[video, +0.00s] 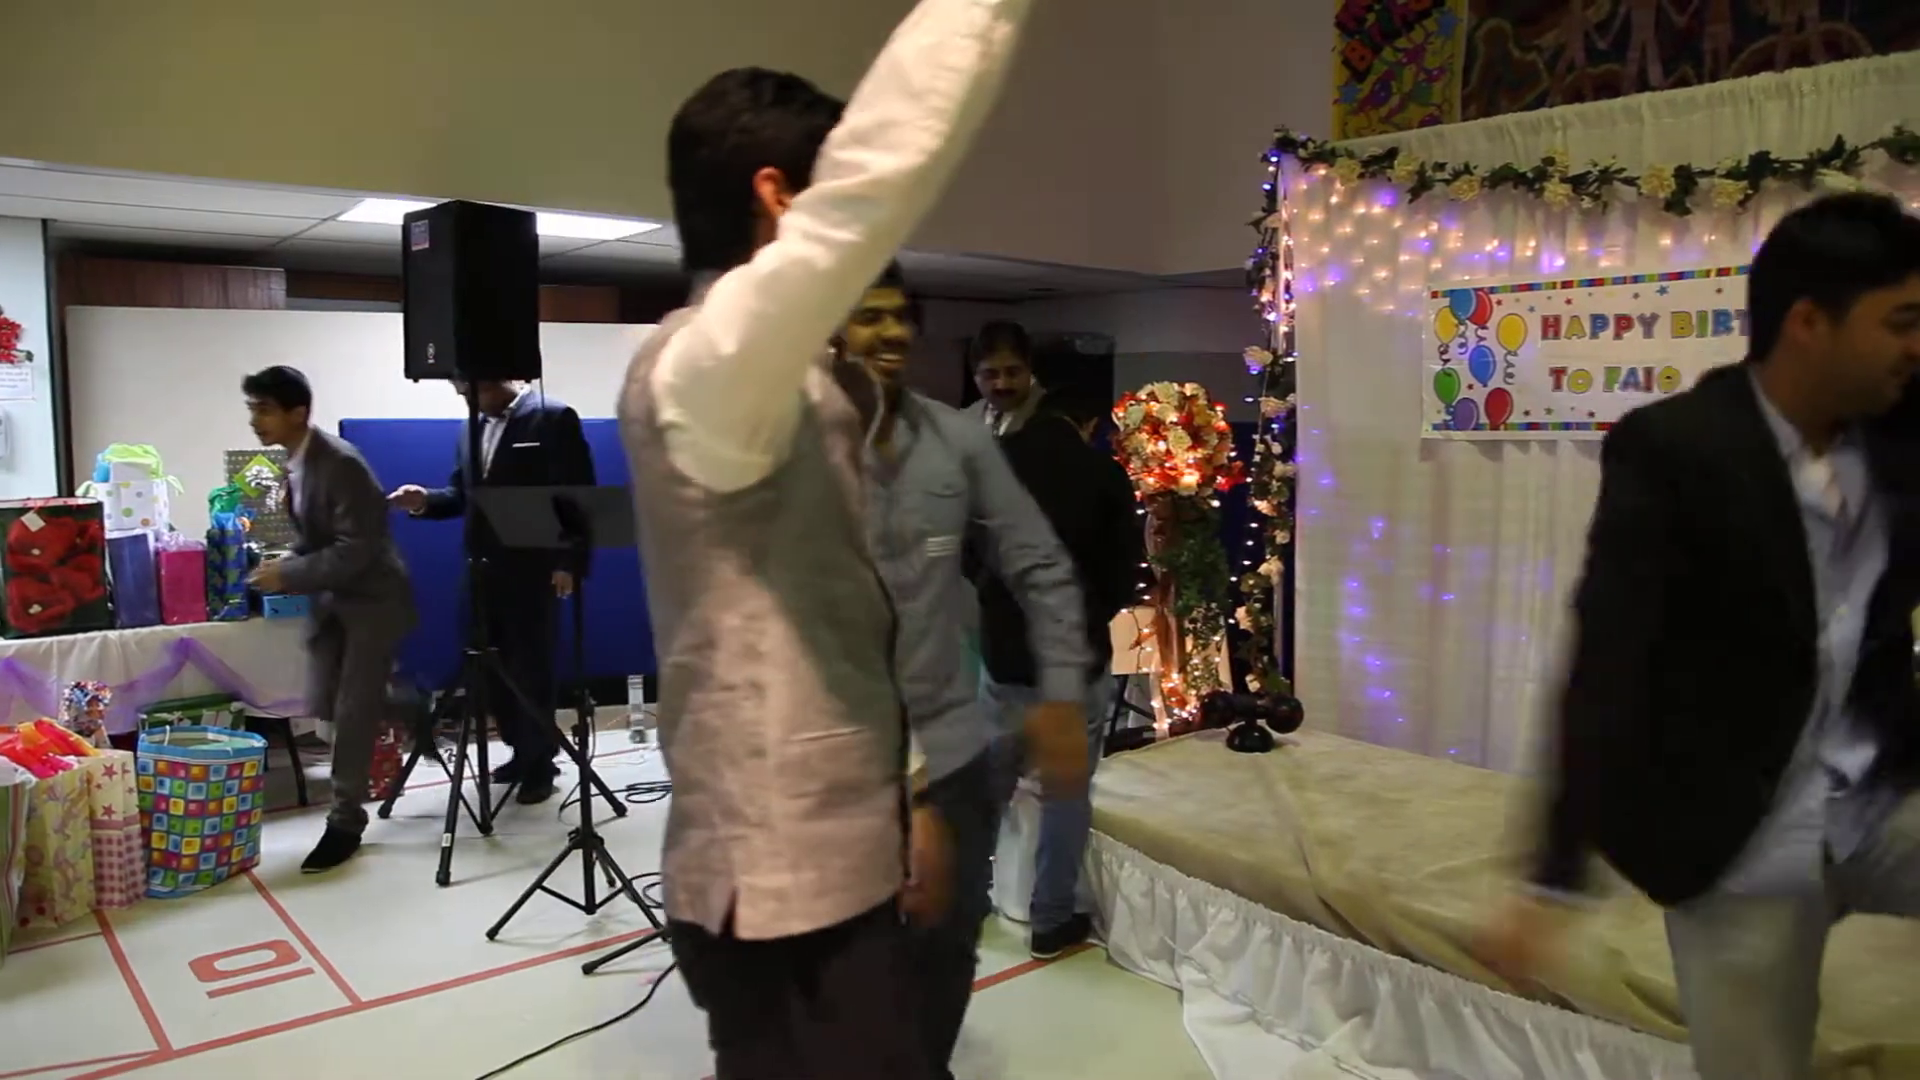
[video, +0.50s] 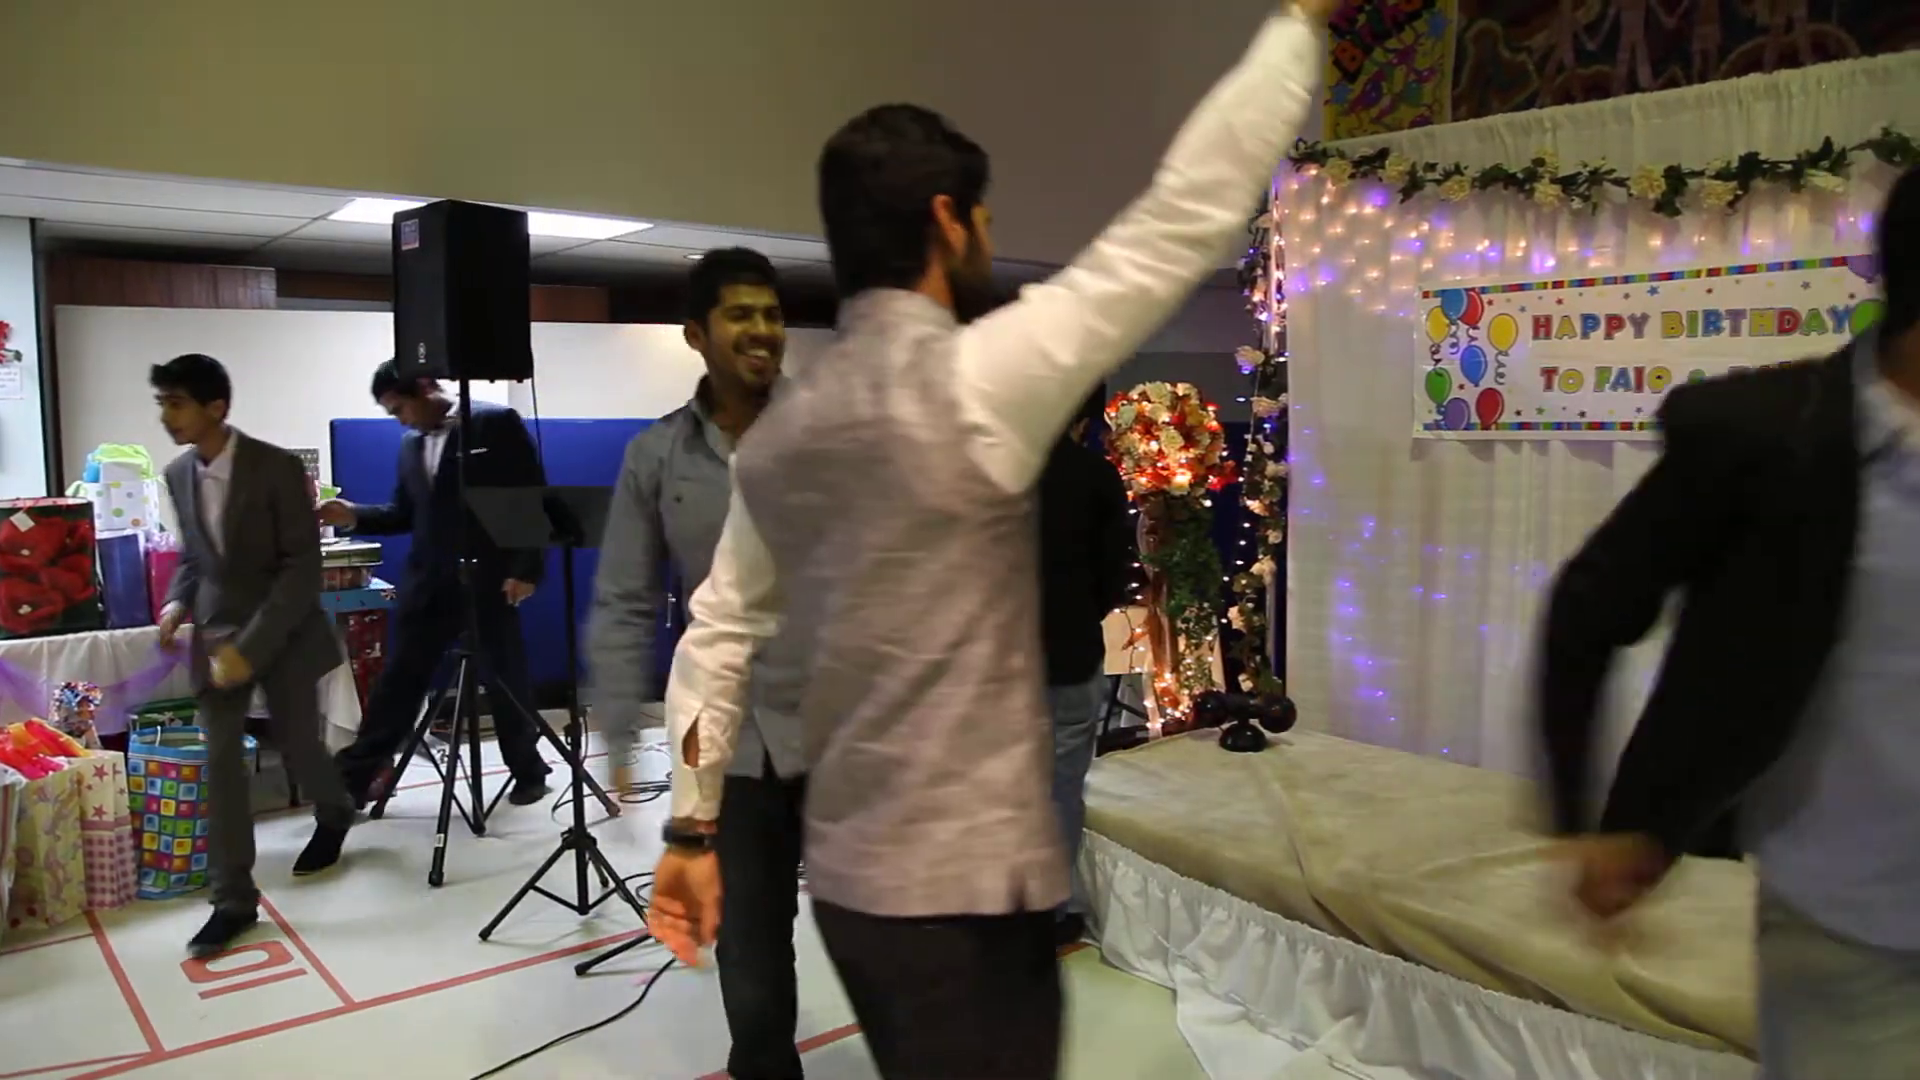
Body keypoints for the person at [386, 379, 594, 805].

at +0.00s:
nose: (466, 399)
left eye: (471, 388)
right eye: (463, 391)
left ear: (497, 382)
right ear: (474, 389)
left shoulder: (554, 420)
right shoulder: (474, 428)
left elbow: (578, 499)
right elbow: (464, 497)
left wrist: (570, 562)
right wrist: (428, 502)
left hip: (532, 568)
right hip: (486, 567)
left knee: (532, 665)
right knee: (493, 662)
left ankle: (540, 766)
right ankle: (522, 751)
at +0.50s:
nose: (399, 421)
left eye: (400, 410)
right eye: (393, 414)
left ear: (426, 390)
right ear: (408, 405)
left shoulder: (496, 424)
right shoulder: (413, 446)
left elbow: (531, 499)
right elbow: (406, 515)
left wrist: (526, 568)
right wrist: (356, 517)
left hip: (489, 577)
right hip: (429, 581)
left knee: (505, 675)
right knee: (399, 681)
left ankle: (529, 771)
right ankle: (351, 786)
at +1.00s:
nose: (274, 401)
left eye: (278, 388)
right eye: (268, 392)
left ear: (312, 373)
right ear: (299, 381)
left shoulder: (381, 418)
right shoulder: (290, 436)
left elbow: (420, 493)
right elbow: (287, 513)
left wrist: (414, 569)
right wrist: (251, 559)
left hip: (375, 578)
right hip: (318, 581)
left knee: (369, 681)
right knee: (330, 695)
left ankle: (413, 712)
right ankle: (335, 801)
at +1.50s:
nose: (230, 378)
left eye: (241, 367)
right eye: (227, 368)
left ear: (282, 370)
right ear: (229, 375)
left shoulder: (341, 435)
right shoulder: (218, 445)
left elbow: (377, 522)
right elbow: (208, 530)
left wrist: (392, 601)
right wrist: (194, 592)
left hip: (324, 609)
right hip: (257, 614)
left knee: (311, 737)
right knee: (299, 732)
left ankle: (307, 872)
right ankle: (327, 831)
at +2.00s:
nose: (143, 362)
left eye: (156, 350)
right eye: (141, 351)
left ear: (204, 358)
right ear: (159, 361)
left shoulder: (265, 436)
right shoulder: (135, 440)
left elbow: (299, 539)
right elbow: (122, 546)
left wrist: (279, 622)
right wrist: (107, 636)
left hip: (246, 643)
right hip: (162, 647)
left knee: (272, 770)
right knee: (163, 796)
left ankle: (303, 878)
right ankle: (135, 944)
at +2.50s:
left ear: (14, 349)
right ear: (17, 351)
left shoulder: (82, 444)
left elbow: (135, 566)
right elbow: (131, 565)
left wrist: (148, 677)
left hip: (48, 679)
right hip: (14, 680)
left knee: (29, 824)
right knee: (54, 814)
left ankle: (126, 949)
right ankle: (124, 950)